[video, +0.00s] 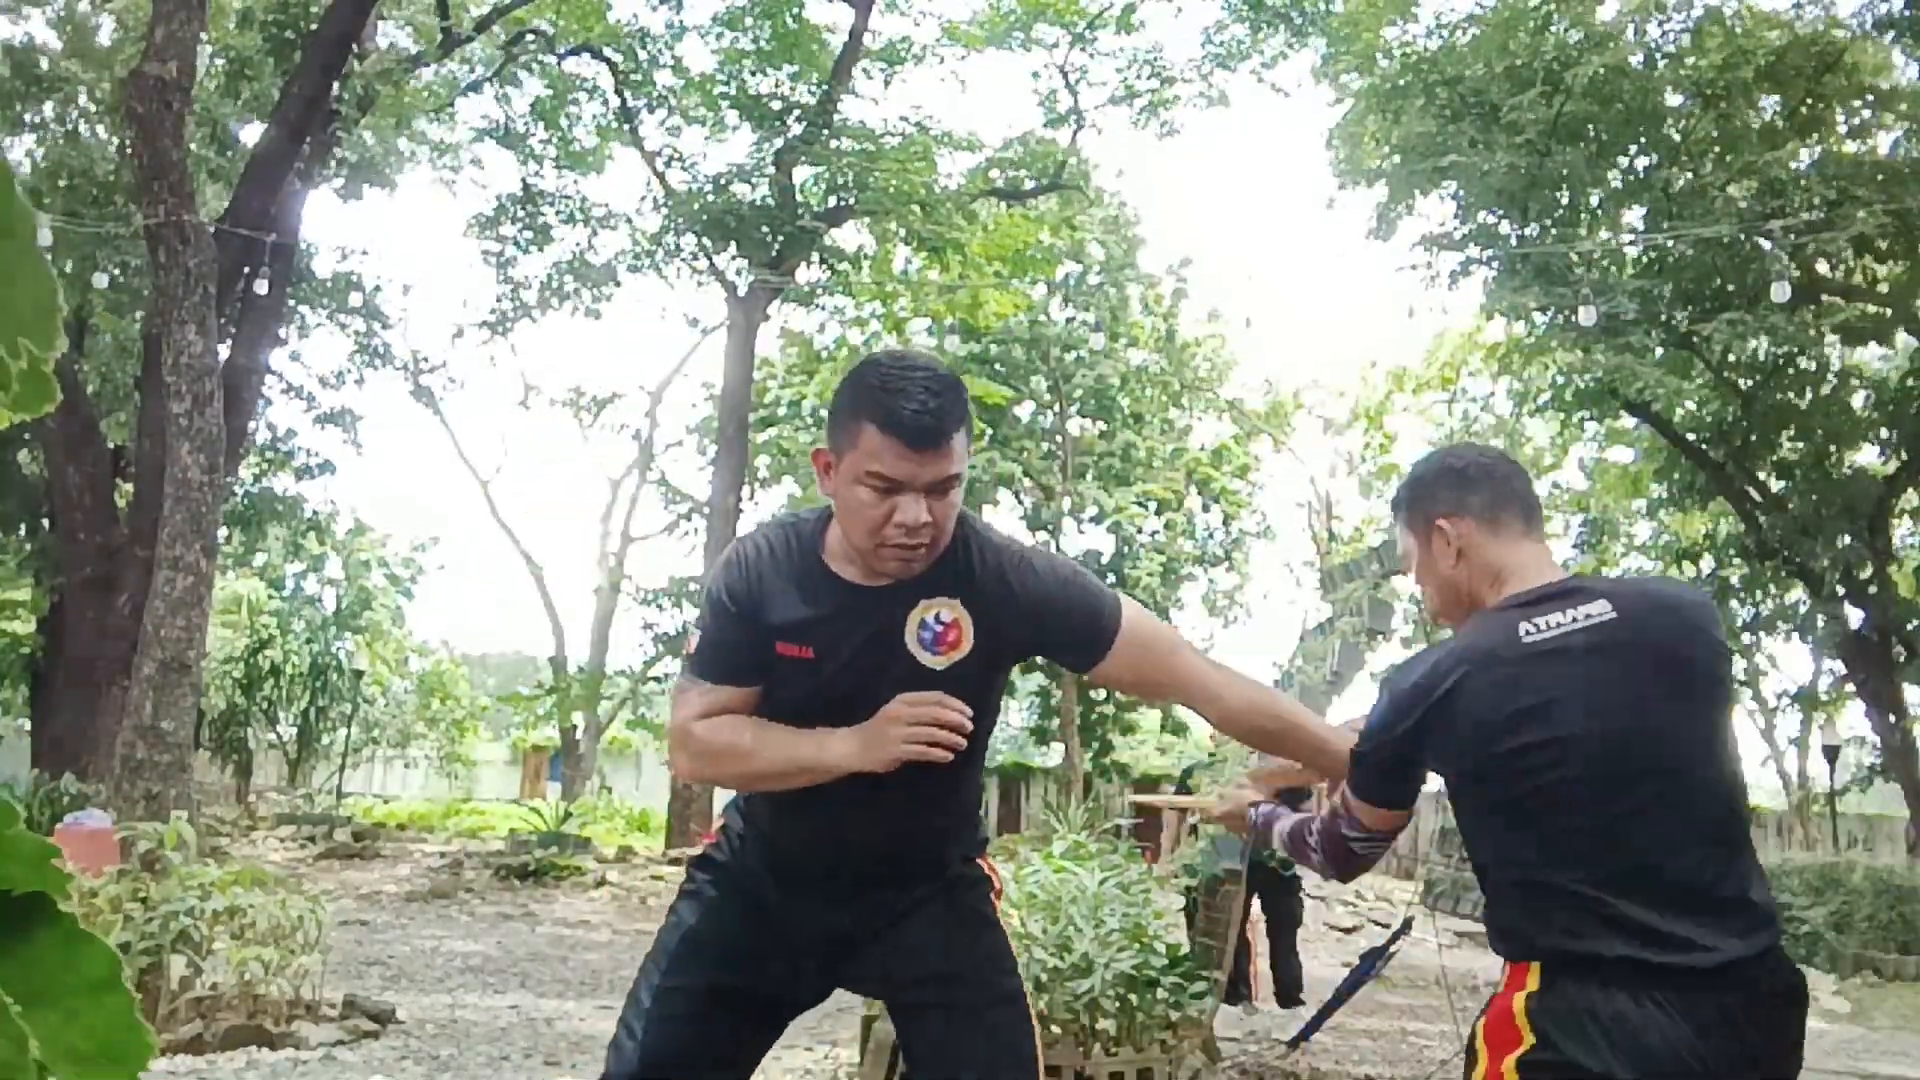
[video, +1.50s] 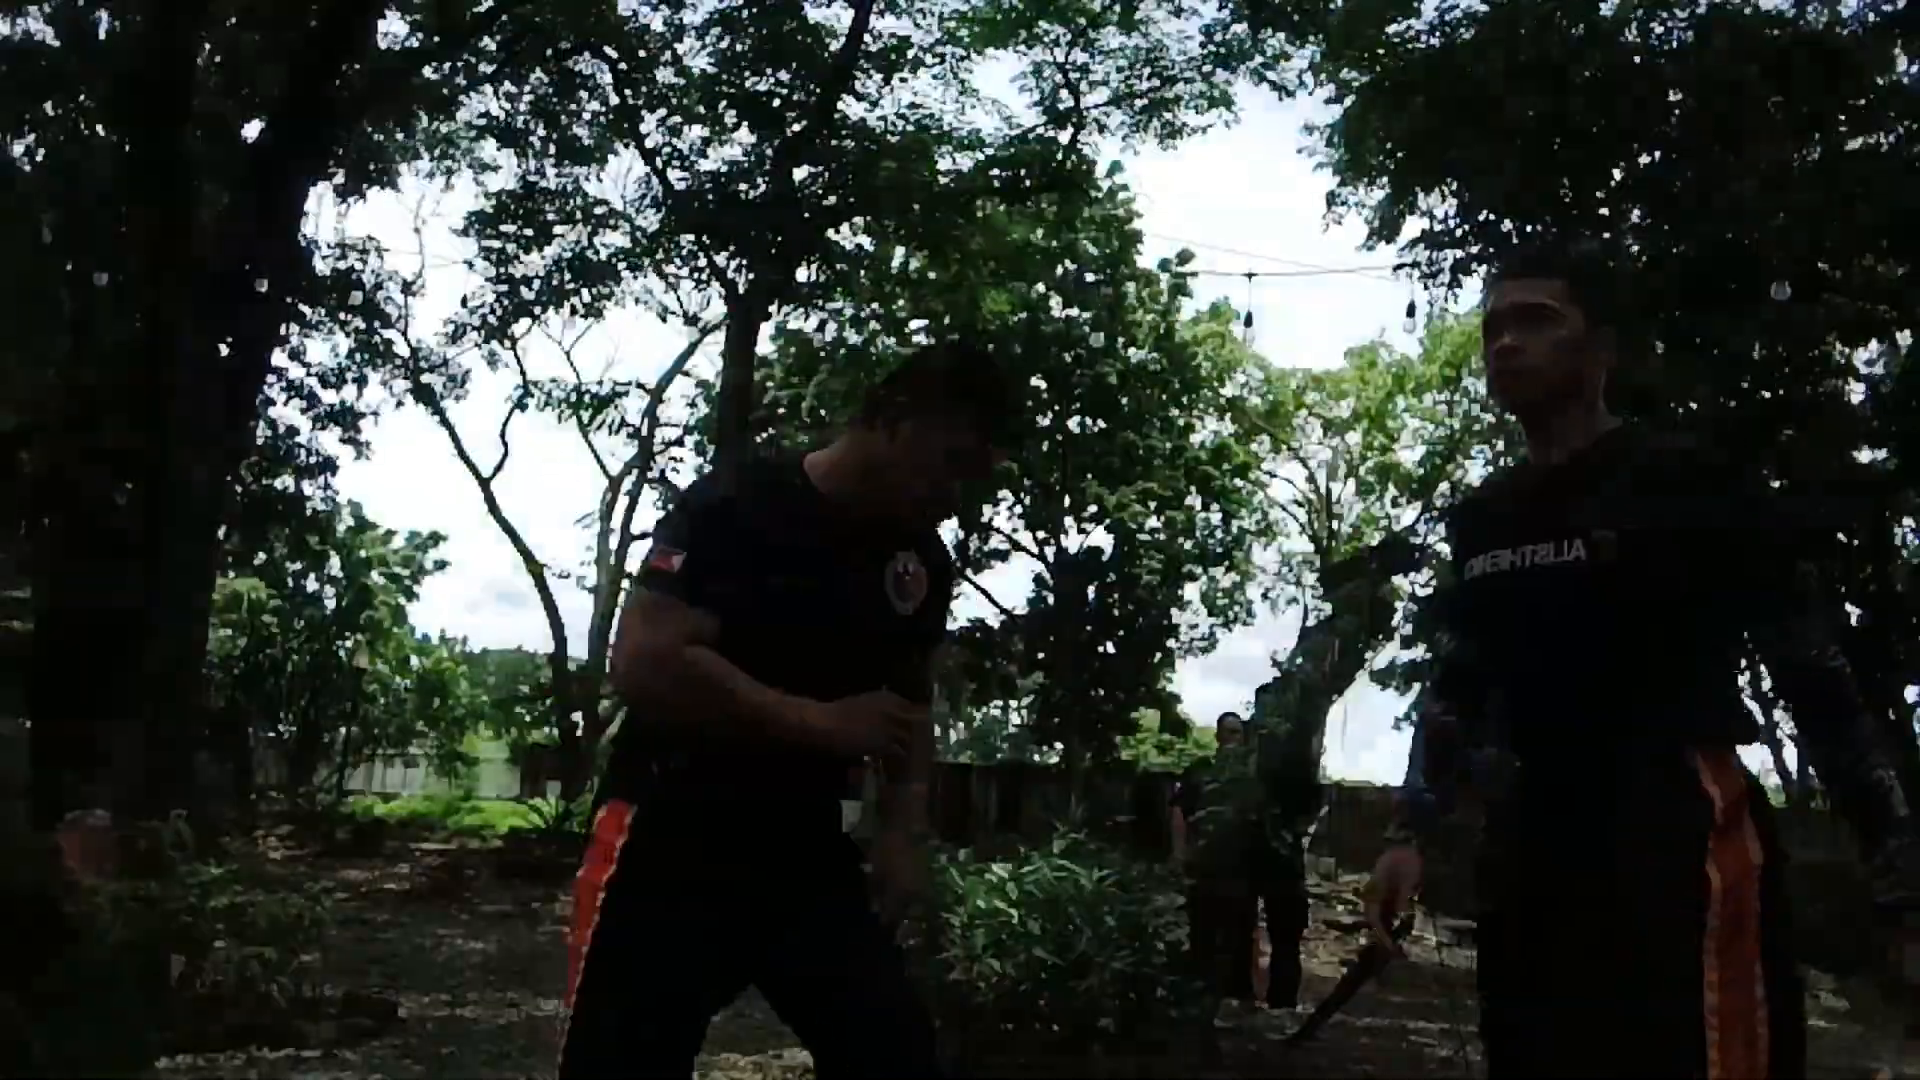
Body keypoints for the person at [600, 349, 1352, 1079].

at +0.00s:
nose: (915, 518)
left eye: (940, 489)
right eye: (886, 488)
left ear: (966, 474)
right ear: (827, 470)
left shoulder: (1003, 581)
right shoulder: (759, 571)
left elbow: (1191, 678)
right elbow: (692, 746)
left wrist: (1359, 768)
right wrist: (852, 745)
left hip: (931, 894)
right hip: (763, 883)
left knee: (993, 1066)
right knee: (647, 1064)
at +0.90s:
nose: (813, 506)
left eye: (846, 478)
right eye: (788, 475)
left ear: (887, 458)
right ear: (752, 451)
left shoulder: (941, 572)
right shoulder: (720, 573)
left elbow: (1096, 695)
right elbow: (673, 745)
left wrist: (1244, 820)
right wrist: (814, 717)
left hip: (923, 893)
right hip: (758, 881)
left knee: (993, 1070)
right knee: (627, 1066)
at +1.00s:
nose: (810, 500)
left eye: (841, 472)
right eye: (783, 470)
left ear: (885, 455)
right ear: (747, 450)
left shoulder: (941, 575)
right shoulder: (717, 568)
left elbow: (1092, 716)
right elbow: (671, 745)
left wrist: (1216, 878)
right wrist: (812, 713)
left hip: (921, 895)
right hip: (754, 884)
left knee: (991, 1072)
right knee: (621, 1069)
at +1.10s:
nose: (812, 493)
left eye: (842, 467)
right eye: (787, 463)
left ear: (885, 452)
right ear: (747, 444)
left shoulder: (932, 567)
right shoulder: (709, 562)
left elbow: (1054, 738)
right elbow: (662, 735)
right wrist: (806, 710)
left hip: (908, 886)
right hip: (745, 877)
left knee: (987, 1069)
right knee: (611, 1064)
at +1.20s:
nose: (826, 481)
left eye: (855, 458)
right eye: (799, 453)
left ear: (888, 445)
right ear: (748, 436)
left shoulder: (922, 556)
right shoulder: (695, 548)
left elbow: (1020, 736)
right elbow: (638, 723)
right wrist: (790, 709)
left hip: (877, 881)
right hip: (711, 878)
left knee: (968, 1065)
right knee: (593, 1064)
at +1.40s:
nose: (905, 478)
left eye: (922, 455)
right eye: (894, 445)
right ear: (823, 406)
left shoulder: (906, 546)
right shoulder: (668, 509)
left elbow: (928, 718)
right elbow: (576, 670)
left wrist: (913, 866)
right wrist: (747, 713)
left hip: (814, 862)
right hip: (658, 853)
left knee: (891, 1062)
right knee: (589, 1063)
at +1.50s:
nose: (958, 497)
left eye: (971, 480)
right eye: (954, 466)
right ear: (894, 420)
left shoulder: (920, 567)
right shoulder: (736, 496)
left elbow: (907, 715)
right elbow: (645, 659)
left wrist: (903, 836)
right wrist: (820, 721)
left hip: (801, 845)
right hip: (666, 839)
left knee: (891, 1054)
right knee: (618, 1063)